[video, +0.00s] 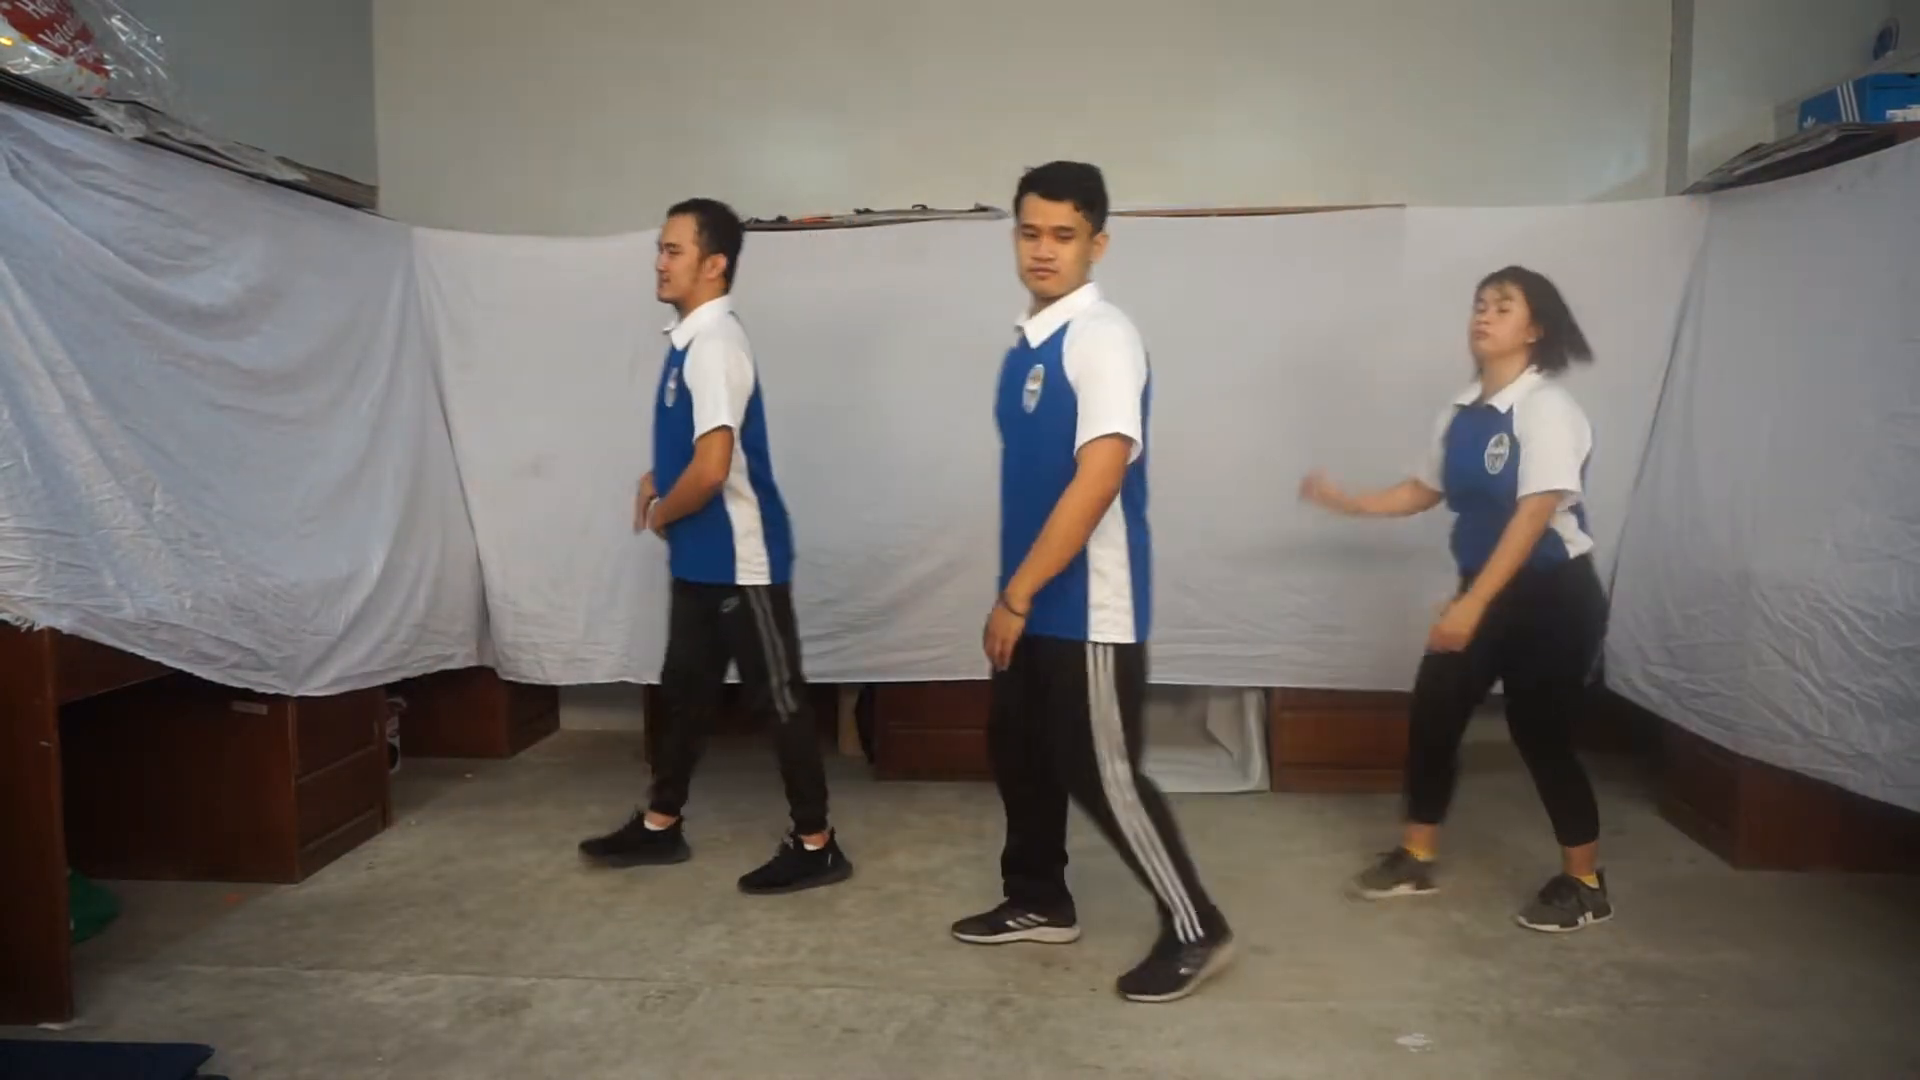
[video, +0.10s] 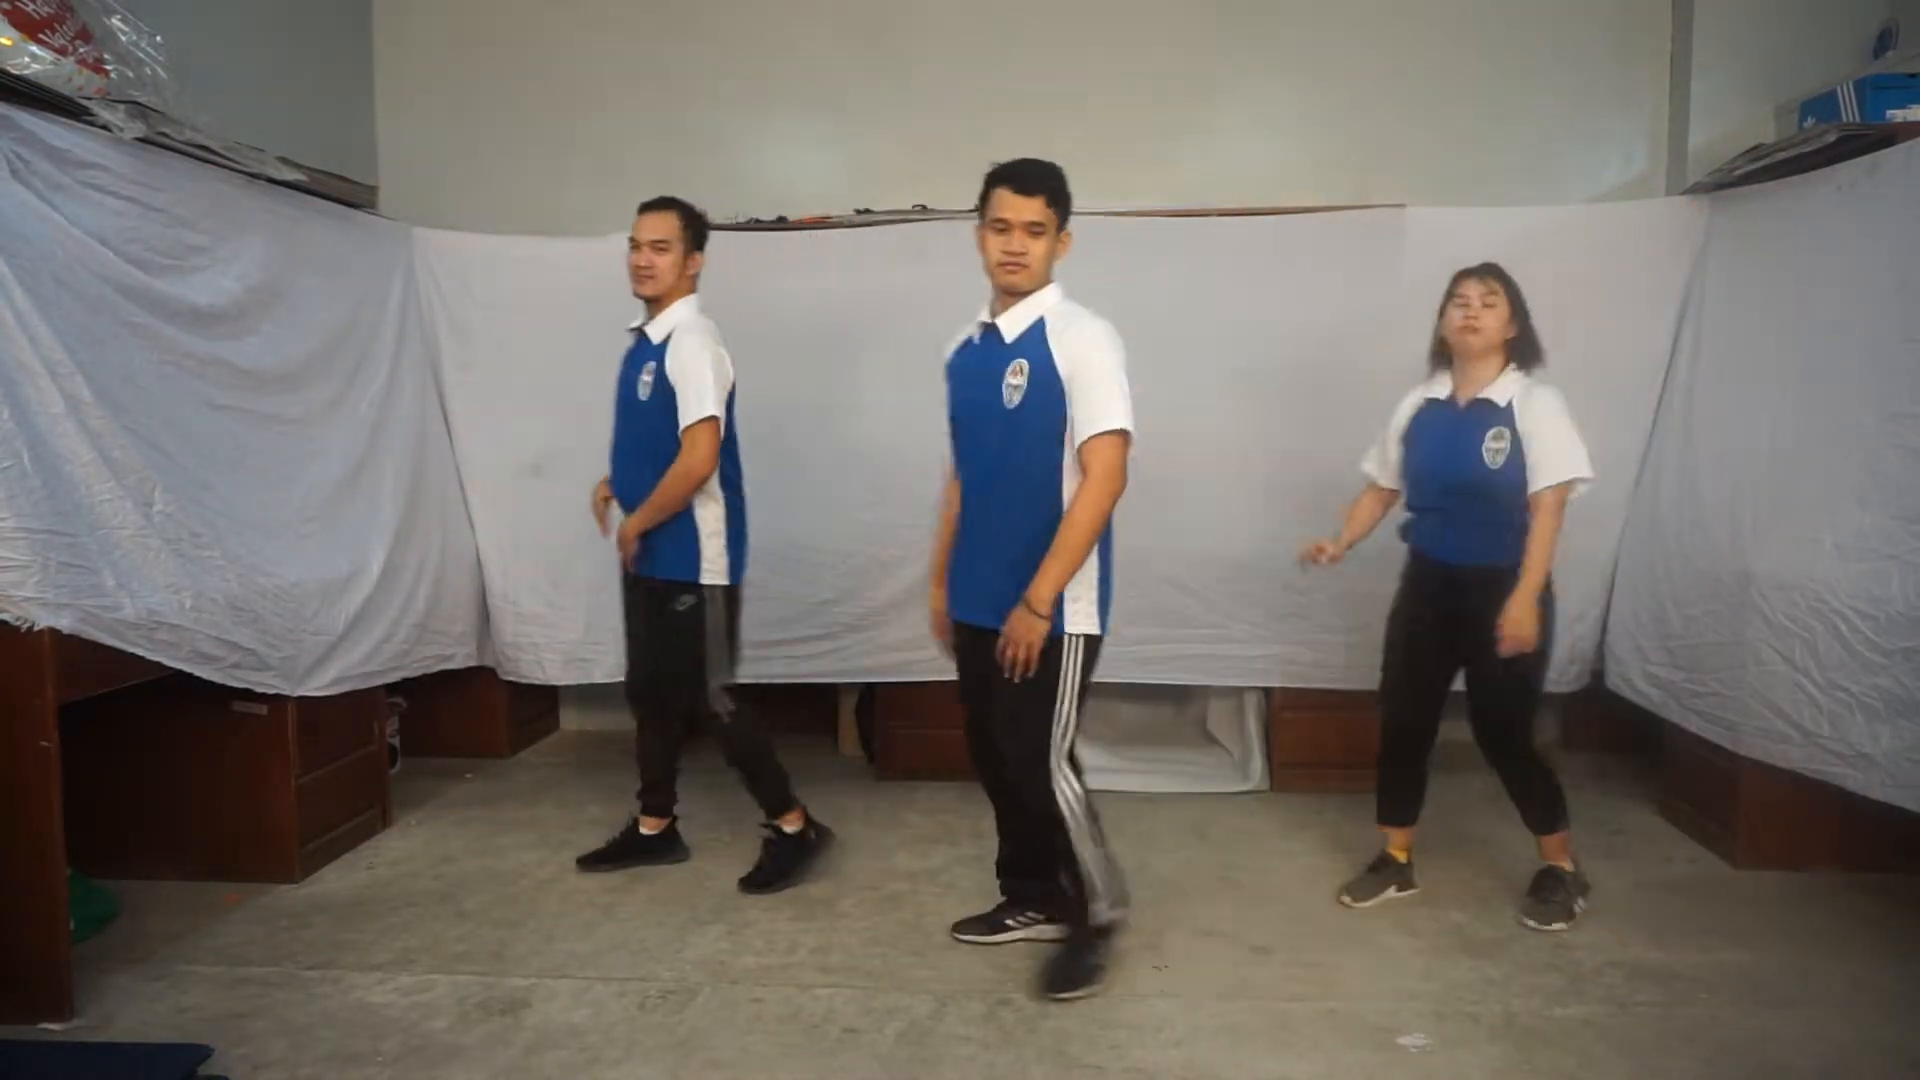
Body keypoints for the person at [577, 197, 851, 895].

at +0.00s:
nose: (659, 263)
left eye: (672, 251)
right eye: (659, 250)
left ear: (715, 264)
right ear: (699, 263)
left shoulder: (717, 341)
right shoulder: (689, 334)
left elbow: (712, 468)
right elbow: (697, 436)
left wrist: (663, 515)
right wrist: (655, 477)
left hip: (746, 559)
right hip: (700, 556)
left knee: (783, 702)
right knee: (684, 691)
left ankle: (815, 842)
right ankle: (661, 823)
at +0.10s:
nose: (641, 259)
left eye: (659, 248)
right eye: (635, 247)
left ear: (693, 261)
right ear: (629, 256)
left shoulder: (694, 340)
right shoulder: (646, 336)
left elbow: (700, 459)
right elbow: (645, 433)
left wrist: (639, 522)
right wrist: (613, 483)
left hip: (700, 558)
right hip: (650, 553)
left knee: (714, 697)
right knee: (651, 694)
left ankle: (793, 824)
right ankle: (655, 825)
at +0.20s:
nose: (620, 253)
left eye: (637, 242)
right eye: (610, 240)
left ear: (664, 256)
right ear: (597, 250)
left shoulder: (675, 338)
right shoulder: (601, 341)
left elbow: (693, 450)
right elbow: (601, 433)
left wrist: (616, 518)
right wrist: (565, 477)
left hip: (664, 557)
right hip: (609, 552)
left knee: (656, 694)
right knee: (620, 692)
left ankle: (700, 831)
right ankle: (647, 822)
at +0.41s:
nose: (571, 262)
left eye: (586, 251)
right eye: (559, 249)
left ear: (609, 264)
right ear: (541, 259)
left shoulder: (628, 348)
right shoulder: (524, 349)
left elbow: (667, 454)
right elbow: (496, 442)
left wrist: (585, 482)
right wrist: (489, 491)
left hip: (608, 567)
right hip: (536, 563)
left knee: (601, 701)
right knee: (500, 675)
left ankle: (638, 842)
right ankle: (533, 815)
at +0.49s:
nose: (550, 262)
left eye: (565, 251)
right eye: (536, 249)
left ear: (583, 263)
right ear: (516, 260)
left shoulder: (610, 349)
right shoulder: (482, 349)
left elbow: (621, 450)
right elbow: (459, 451)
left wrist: (596, 409)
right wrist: (491, 503)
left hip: (592, 566)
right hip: (512, 564)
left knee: (606, 704)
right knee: (482, 696)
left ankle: (636, 841)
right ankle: (465, 830)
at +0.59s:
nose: (529, 263)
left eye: (540, 251)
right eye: (512, 251)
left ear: (551, 262)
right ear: (485, 261)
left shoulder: (571, 343)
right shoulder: (447, 350)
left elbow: (612, 384)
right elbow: (429, 458)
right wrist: (510, 512)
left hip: (569, 555)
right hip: (486, 558)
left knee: (577, 691)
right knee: (476, 702)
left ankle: (600, 822)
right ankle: (468, 832)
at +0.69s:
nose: (510, 260)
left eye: (519, 248)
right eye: (493, 248)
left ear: (531, 258)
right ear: (459, 258)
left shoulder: (556, 337)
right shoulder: (425, 350)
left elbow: (644, 293)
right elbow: (414, 462)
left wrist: (601, 206)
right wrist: (510, 516)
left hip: (546, 549)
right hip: (468, 556)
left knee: (548, 681)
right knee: (468, 696)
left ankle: (515, 769)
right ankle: (464, 828)